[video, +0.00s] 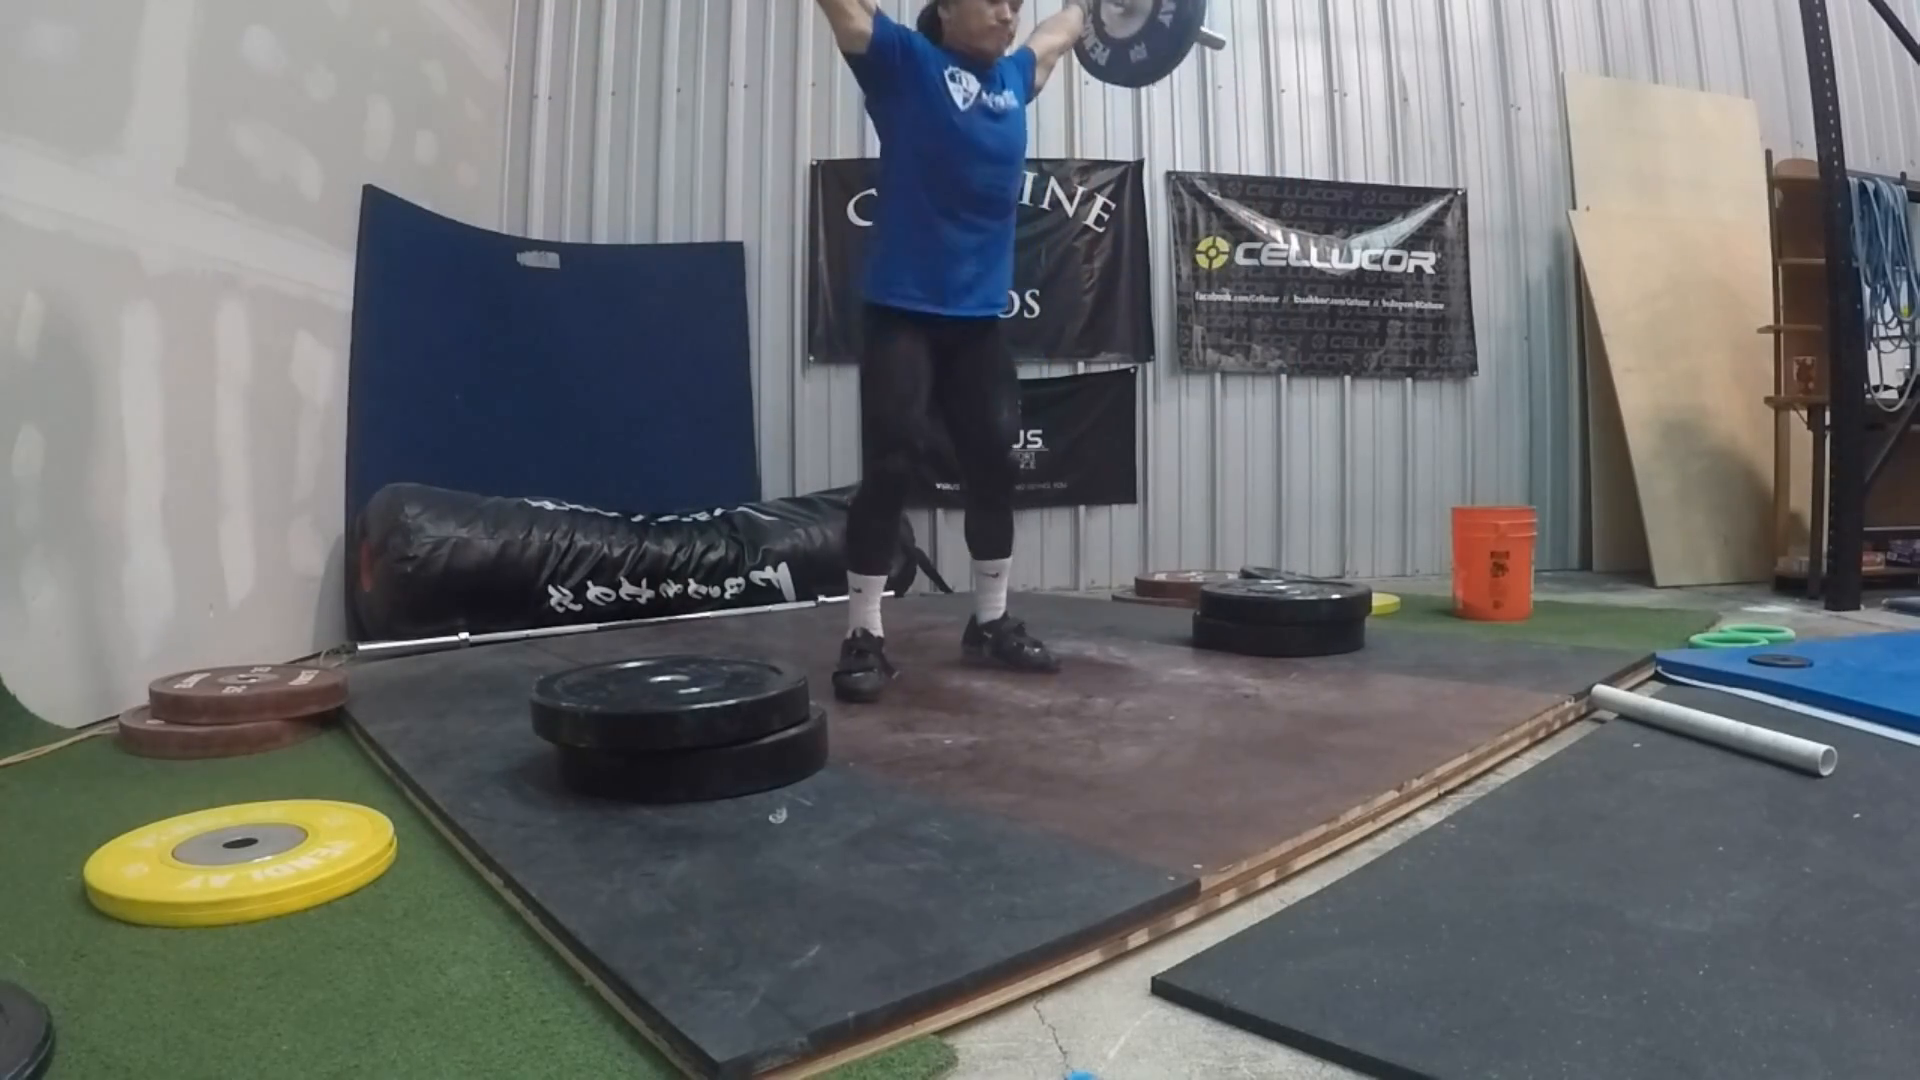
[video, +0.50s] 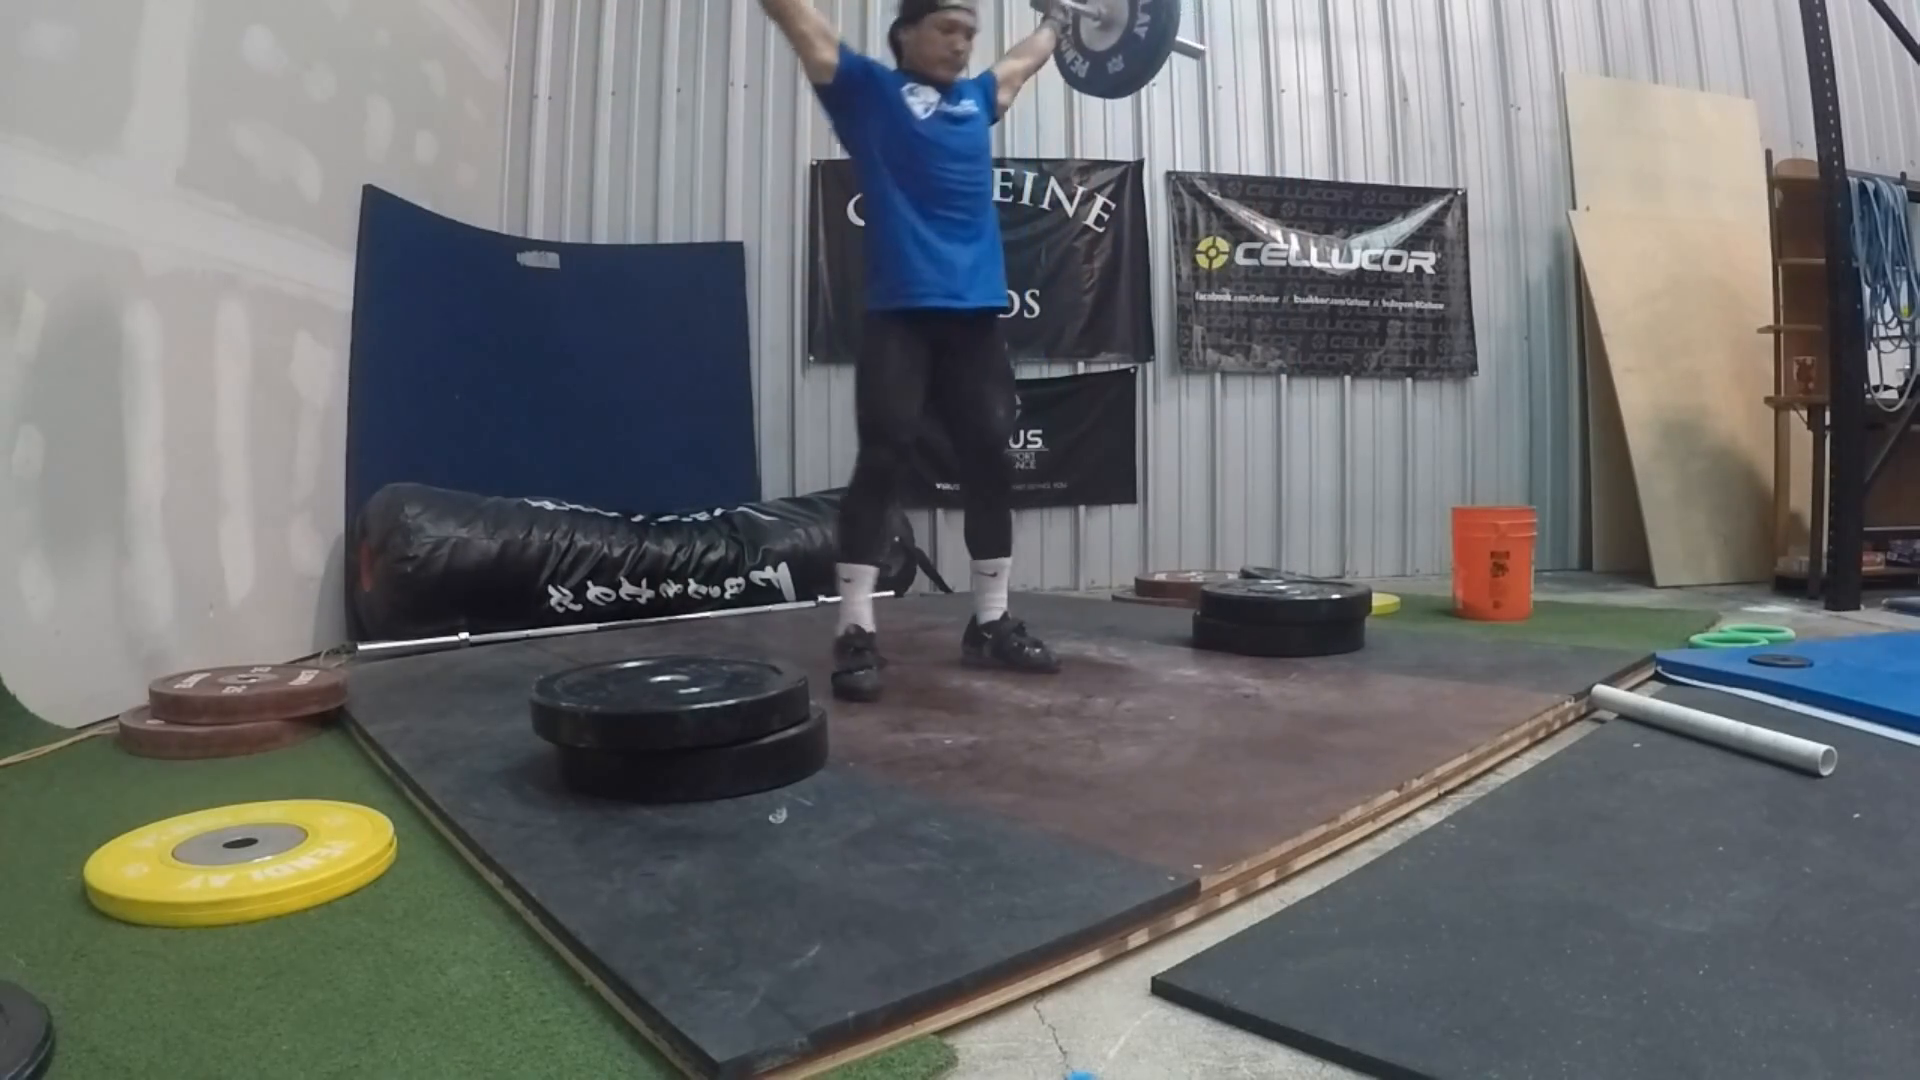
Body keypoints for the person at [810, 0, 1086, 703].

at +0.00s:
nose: (1005, 14)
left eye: (1011, 5)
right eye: (989, 1)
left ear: (1012, 16)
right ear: (945, 10)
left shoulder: (1012, 77)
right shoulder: (905, 61)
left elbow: (1056, 37)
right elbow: (839, 7)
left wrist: (1095, 8)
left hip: (982, 318)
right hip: (901, 314)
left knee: (995, 465)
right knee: (890, 468)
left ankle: (991, 623)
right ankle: (864, 636)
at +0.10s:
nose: (1004, 16)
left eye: (1011, 7)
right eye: (989, 3)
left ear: (1010, 16)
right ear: (942, 7)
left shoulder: (1010, 74)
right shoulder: (900, 58)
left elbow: (1055, 34)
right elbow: (835, 6)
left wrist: (1096, 5)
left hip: (994, 313)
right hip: (912, 309)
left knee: (996, 465)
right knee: (899, 467)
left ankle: (991, 622)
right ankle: (866, 636)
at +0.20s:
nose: (1001, 17)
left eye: (1007, 8)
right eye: (985, 4)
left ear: (1006, 18)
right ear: (939, 11)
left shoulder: (1007, 78)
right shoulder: (896, 61)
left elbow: (1052, 39)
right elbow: (829, 8)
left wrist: (1092, 7)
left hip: (998, 312)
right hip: (918, 309)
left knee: (996, 465)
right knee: (901, 467)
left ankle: (992, 622)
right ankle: (867, 635)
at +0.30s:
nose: (994, 23)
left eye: (999, 14)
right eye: (978, 10)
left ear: (996, 28)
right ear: (932, 18)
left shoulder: (1000, 83)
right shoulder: (889, 68)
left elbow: (1044, 45)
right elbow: (821, 11)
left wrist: (1087, 11)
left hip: (998, 313)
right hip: (918, 311)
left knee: (1001, 463)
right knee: (905, 464)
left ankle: (992, 624)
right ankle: (867, 636)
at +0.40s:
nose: (981, 40)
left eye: (987, 28)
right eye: (967, 24)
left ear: (990, 38)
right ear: (921, 27)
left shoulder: (989, 92)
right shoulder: (880, 79)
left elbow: (1031, 54)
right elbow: (814, 17)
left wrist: (1074, 16)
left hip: (991, 316)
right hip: (912, 315)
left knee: (1004, 457)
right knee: (898, 463)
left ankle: (993, 621)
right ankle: (867, 633)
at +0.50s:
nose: (962, 44)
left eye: (968, 34)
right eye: (948, 30)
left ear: (972, 45)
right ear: (904, 37)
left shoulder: (977, 98)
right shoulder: (869, 89)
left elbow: (1021, 63)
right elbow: (800, 22)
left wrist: (1063, 22)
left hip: (976, 319)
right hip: (898, 319)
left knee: (991, 457)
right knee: (884, 457)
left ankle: (991, 621)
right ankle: (856, 631)